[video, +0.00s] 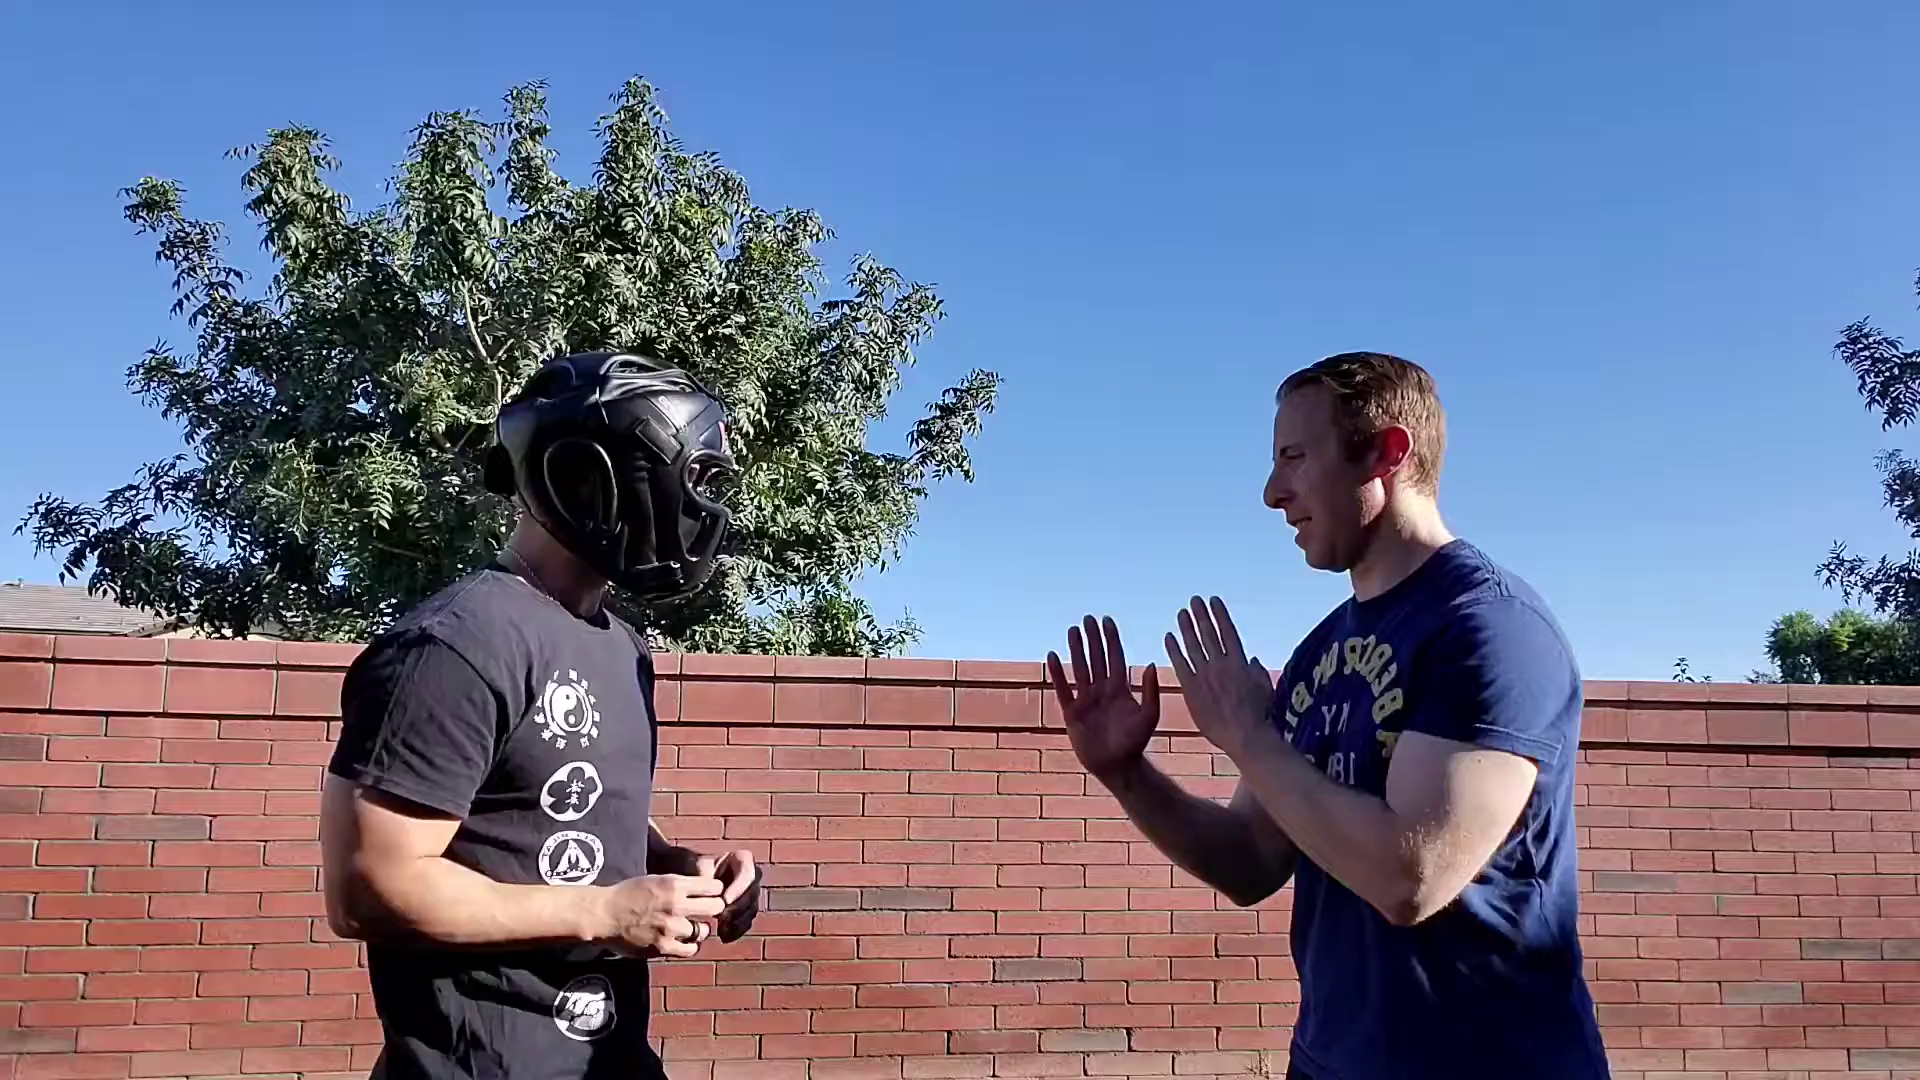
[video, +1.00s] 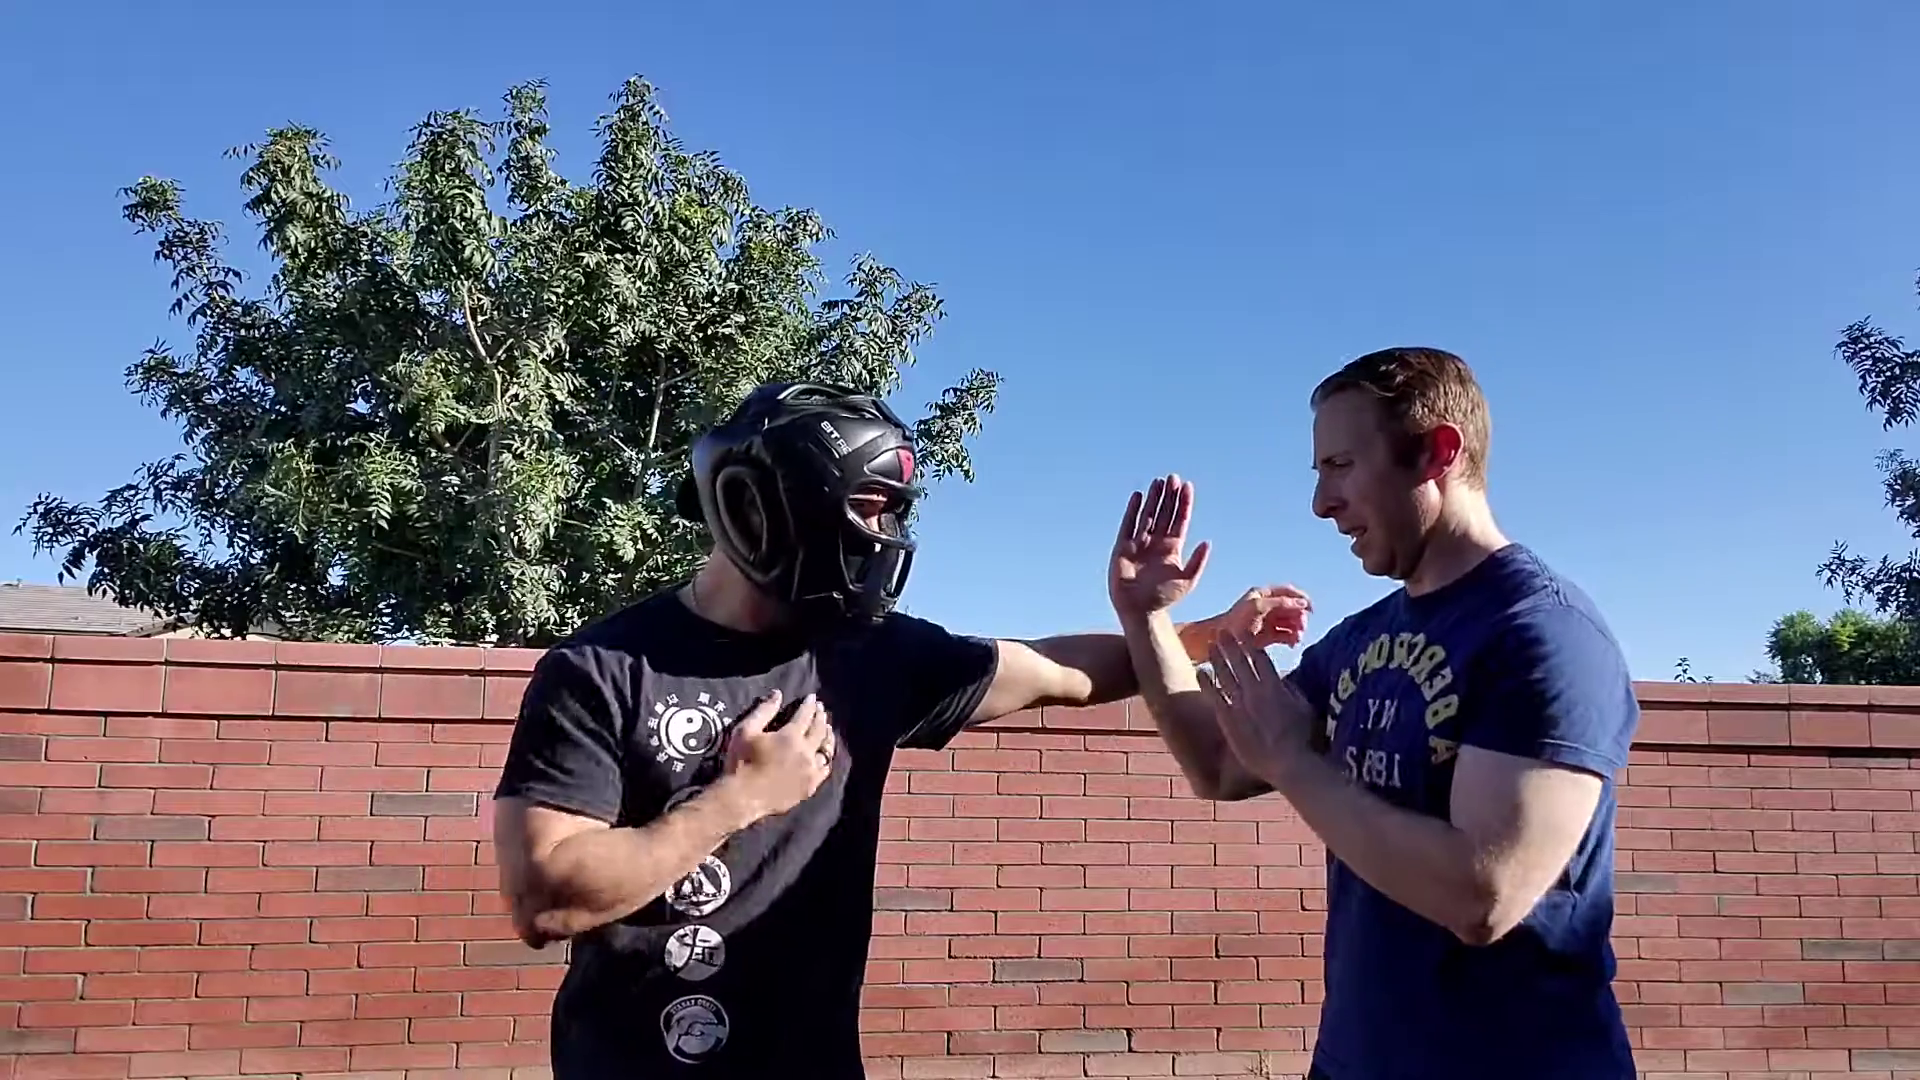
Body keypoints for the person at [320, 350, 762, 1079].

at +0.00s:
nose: (702, 507)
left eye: (704, 481)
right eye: (685, 479)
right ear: (599, 482)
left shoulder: (622, 649)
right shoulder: (451, 645)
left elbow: (582, 829)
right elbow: (370, 890)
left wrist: (679, 870)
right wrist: (603, 912)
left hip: (612, 1050)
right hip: (480, 1057)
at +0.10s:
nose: (682, 494)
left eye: (684, 467)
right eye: (666, 465)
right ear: (576, 471)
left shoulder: (584, 628)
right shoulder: (431, 640)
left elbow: (557, 825)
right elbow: (452, 901)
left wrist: (668, 813)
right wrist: (661, 825)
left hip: (589, 1043)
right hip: (460, 1058)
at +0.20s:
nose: (675, 494)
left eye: (676, 467)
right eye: (656, 464)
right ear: (560, 469)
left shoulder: (585, 629)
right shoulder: (437, 637)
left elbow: (578, 842)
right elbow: (500, 885)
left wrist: (718, 858)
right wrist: (706, 793)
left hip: (606, 1051)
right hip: (476, 1059)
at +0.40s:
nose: (785, 529)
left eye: (787, 505)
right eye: (770, 502)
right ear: (686, 500)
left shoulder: (733, 670)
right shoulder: (540, 668)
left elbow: (792, 805)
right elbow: (562, 904)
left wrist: (936, 821)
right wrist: (770, 786)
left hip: (724, 1056)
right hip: (581, 1060)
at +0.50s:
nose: (867, 531)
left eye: (873, 507)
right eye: (847, 503)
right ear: (754, 497)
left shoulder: (837, 652)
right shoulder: (591, 670)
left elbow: (984, 728)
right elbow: (557, 902)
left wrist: (1106, 713)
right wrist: (766, 816)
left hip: (788, 1054)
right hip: (623, 1059)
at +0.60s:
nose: (893, 543)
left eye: (896, 518)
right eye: (870, 517)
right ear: (774, 515)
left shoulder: (881, 666)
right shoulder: (597, 684)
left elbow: (1064, 692)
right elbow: (516, 898)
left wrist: (1194, 678)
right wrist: (679, 890)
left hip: (809, 1059)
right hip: (629, 1062)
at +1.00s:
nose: (892, 535)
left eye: (895, 510)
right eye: (869, 508)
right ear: (772, 507)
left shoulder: (868, 656)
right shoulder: (597, 673)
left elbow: (1061, 675)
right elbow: (547, 899)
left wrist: (1214, 638)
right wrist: (741, 800)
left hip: (809, 1059)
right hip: (631, 1060)